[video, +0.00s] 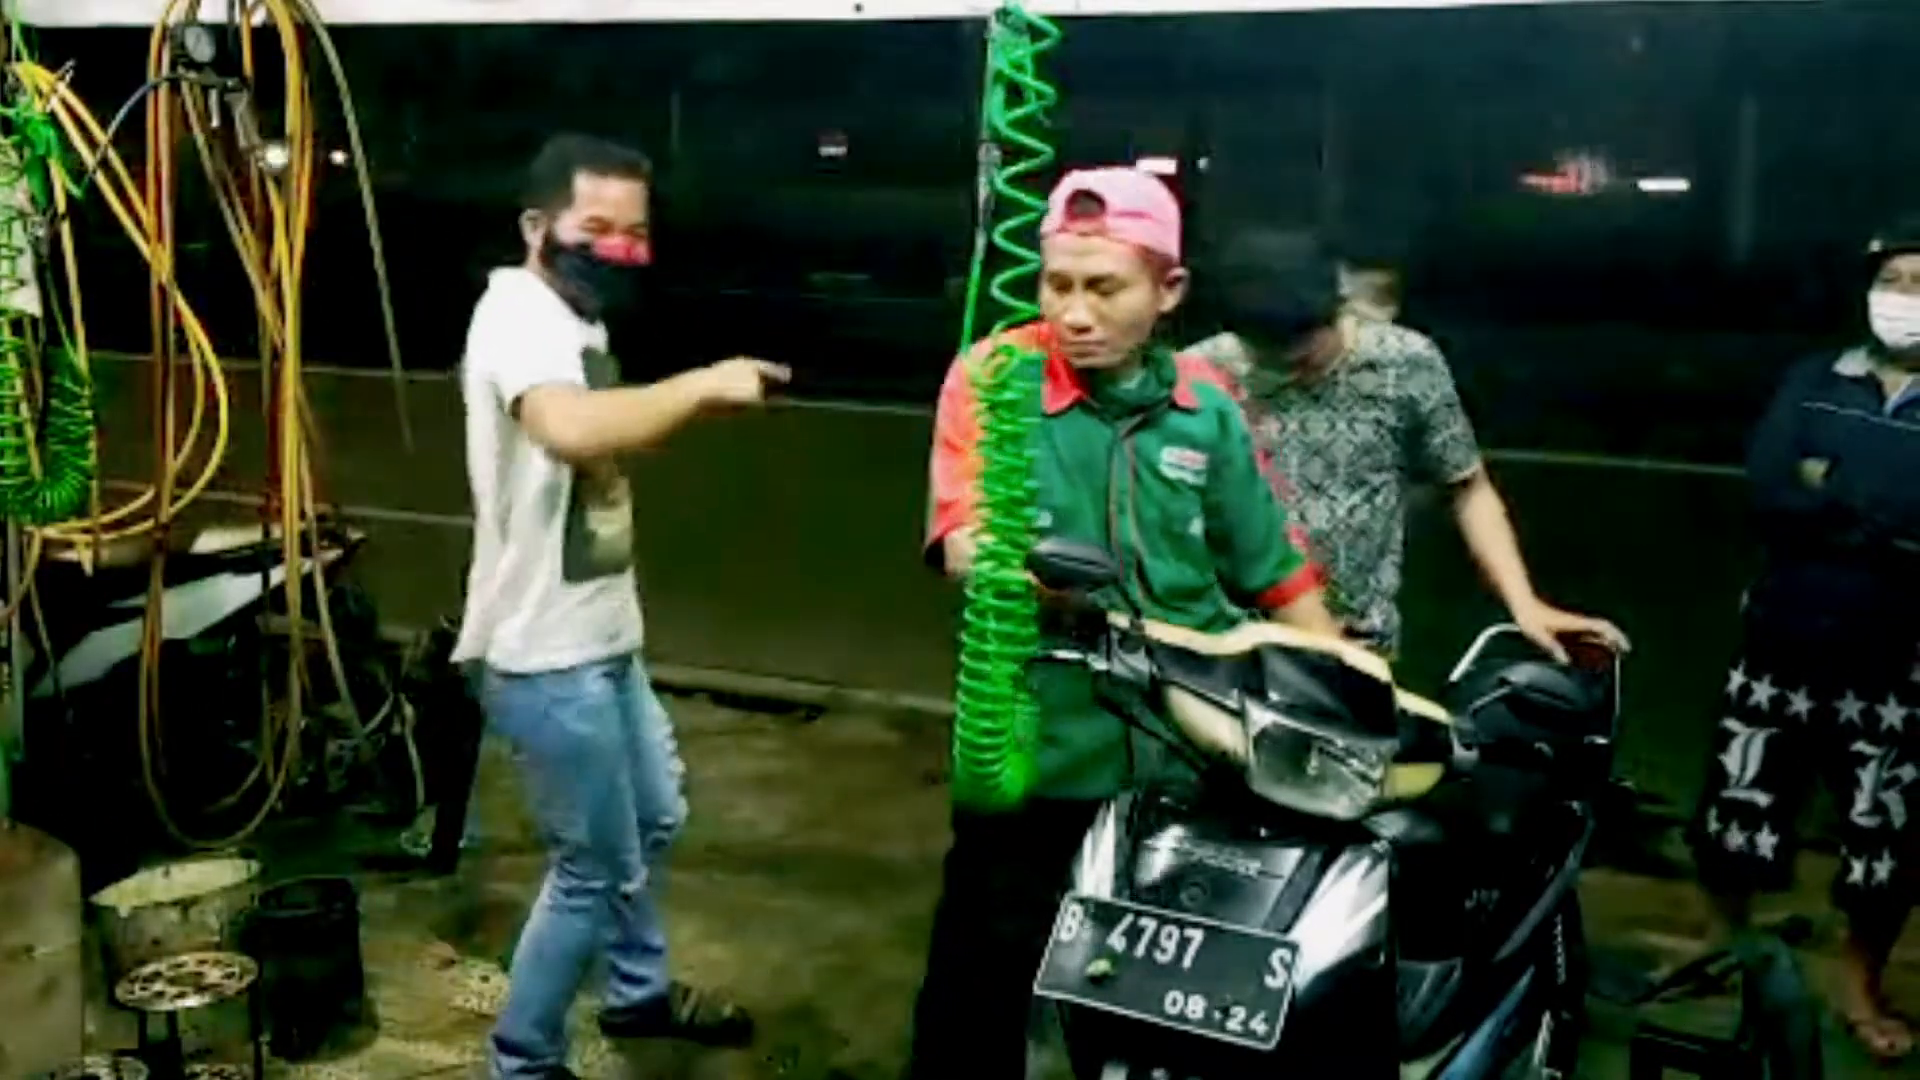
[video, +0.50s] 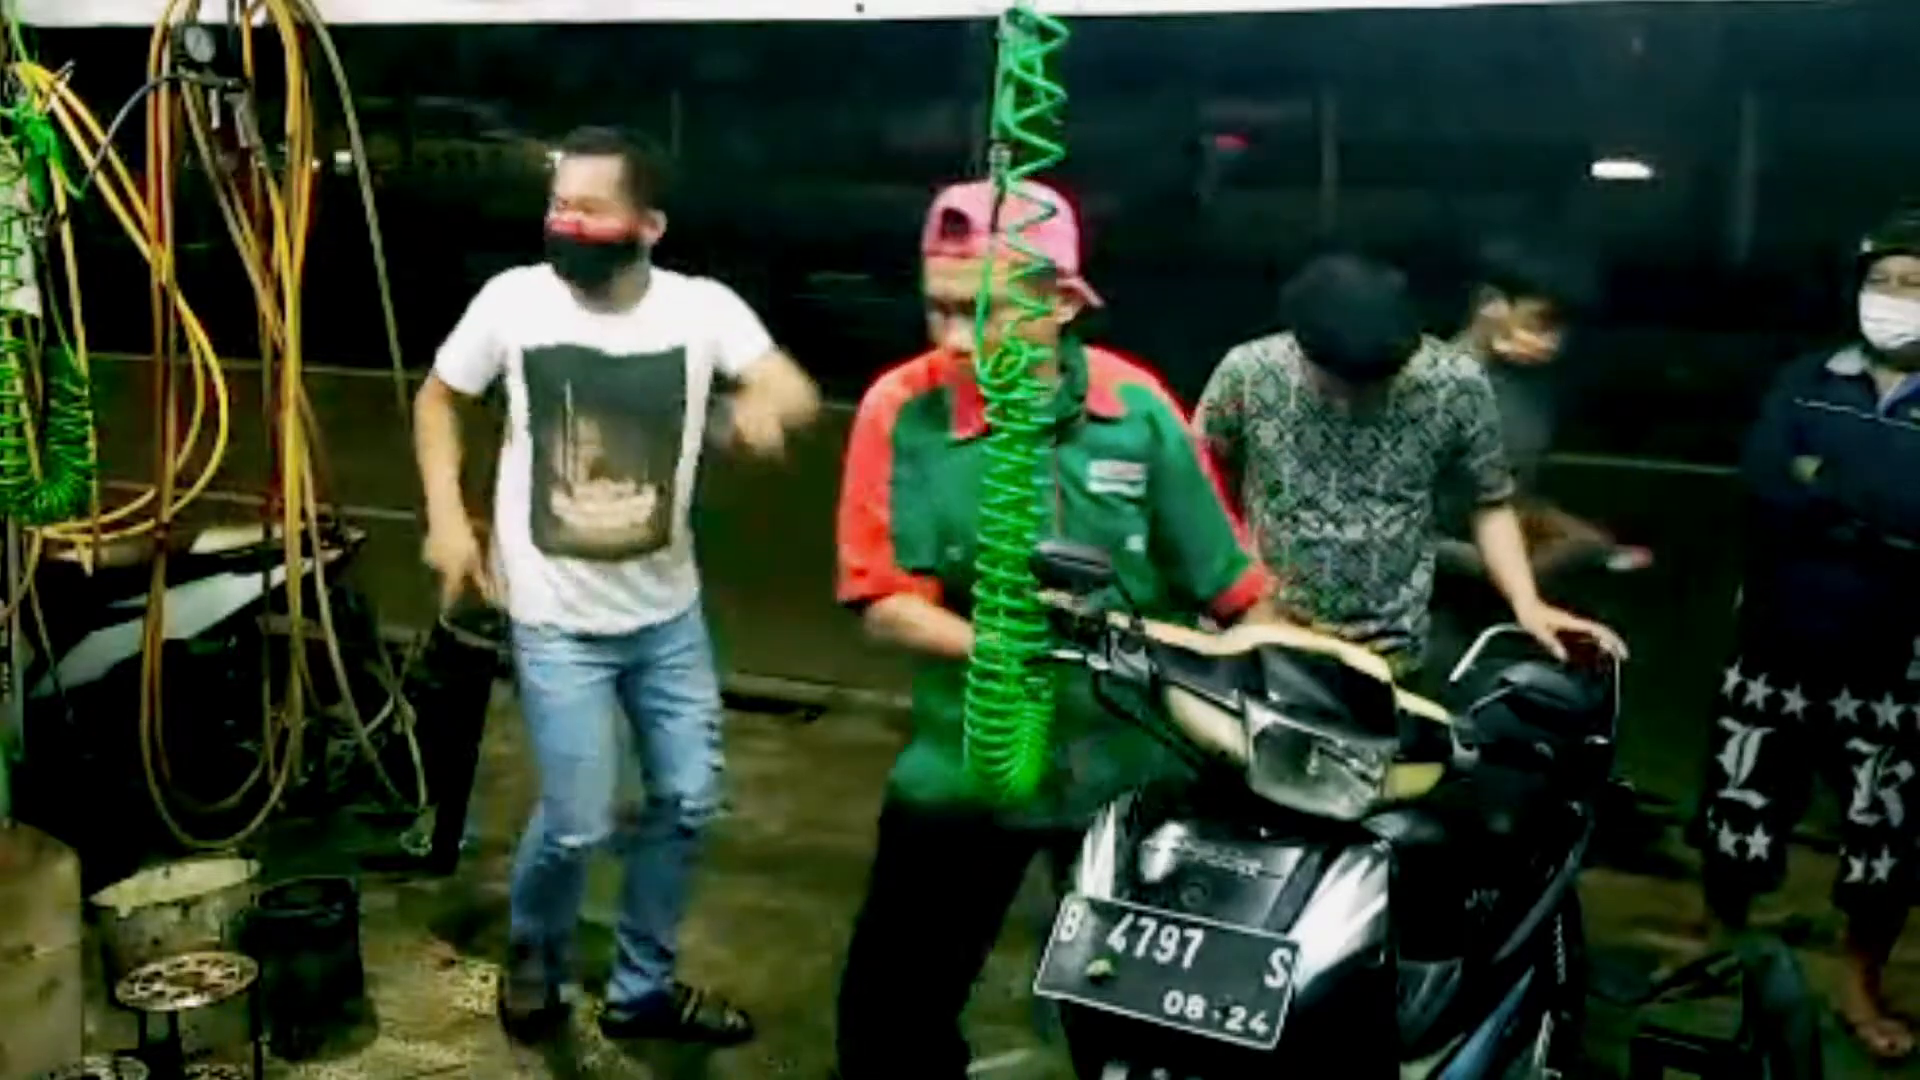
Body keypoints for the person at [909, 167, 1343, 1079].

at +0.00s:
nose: (1075, 313)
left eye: (1102, 288)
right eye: (1059, 287)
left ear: (1165, 291)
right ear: (1039, 286)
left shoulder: (1204, 406)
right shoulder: (992, 378)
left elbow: (1284, 582)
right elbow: (961, 535)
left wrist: (1345, 687)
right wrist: (1027, 579)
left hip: (1179, 765)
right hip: (1030, 768)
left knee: (1156, 1029)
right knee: (972, 1027)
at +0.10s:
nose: (1063, 316)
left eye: (1090, 291)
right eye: (1048, 290)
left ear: (1156, 291)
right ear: (1031, 288)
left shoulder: (1200, 412)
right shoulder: (981, 382)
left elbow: (1286, 585)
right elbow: (956, 545)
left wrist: (1350, 686)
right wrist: (1031, 586)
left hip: (1171, 773)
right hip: (1022, 776)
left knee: (1147, 1036)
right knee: (963, 1030)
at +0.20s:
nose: (1045, 322)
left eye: (1069, 298)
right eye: (1031, 298)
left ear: (1138, 294)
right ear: (1014, 296)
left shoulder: (1189, 409)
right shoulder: (969, 386)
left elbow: (1283, 588)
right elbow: (943, 557)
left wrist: (1353, 678)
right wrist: (1037, 596)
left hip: (1161, 773)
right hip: (1015, 776)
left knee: (1141, 1036)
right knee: (943, 1025)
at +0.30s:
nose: (1015, 328)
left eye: (1041, 305)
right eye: (1001, 302)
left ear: (1117, 300)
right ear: (983, 295)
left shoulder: (1176, 413)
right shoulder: (948, 393)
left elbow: (1280, 593)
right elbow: (925, 572)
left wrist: (1354, 684)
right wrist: (1054, 612)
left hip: (1149, 776)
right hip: (997, 779)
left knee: (1140, 1030)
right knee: (924, 1022)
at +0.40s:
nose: (992, 334)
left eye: (1018, 310)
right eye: (974, 307)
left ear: (1089, 303)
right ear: (954, 300)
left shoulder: (1154, 410)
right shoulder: (922, 401)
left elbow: (1259, 596)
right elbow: (899, 586)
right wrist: (1019, 627)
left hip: (1138, 753)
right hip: (979, 753)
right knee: (905, 1007)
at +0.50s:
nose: (952, 335)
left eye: (977, 313)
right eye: (941, 310)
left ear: (1059, 306)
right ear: (927, 300)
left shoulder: (1135, 407)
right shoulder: (902, 407)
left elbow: (1241, 596)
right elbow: (885, 604)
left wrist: (1337, 663)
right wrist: (1012, 648)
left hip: (1121, 774)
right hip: (960, 775)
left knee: (1135, 1023)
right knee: (890, 1018)